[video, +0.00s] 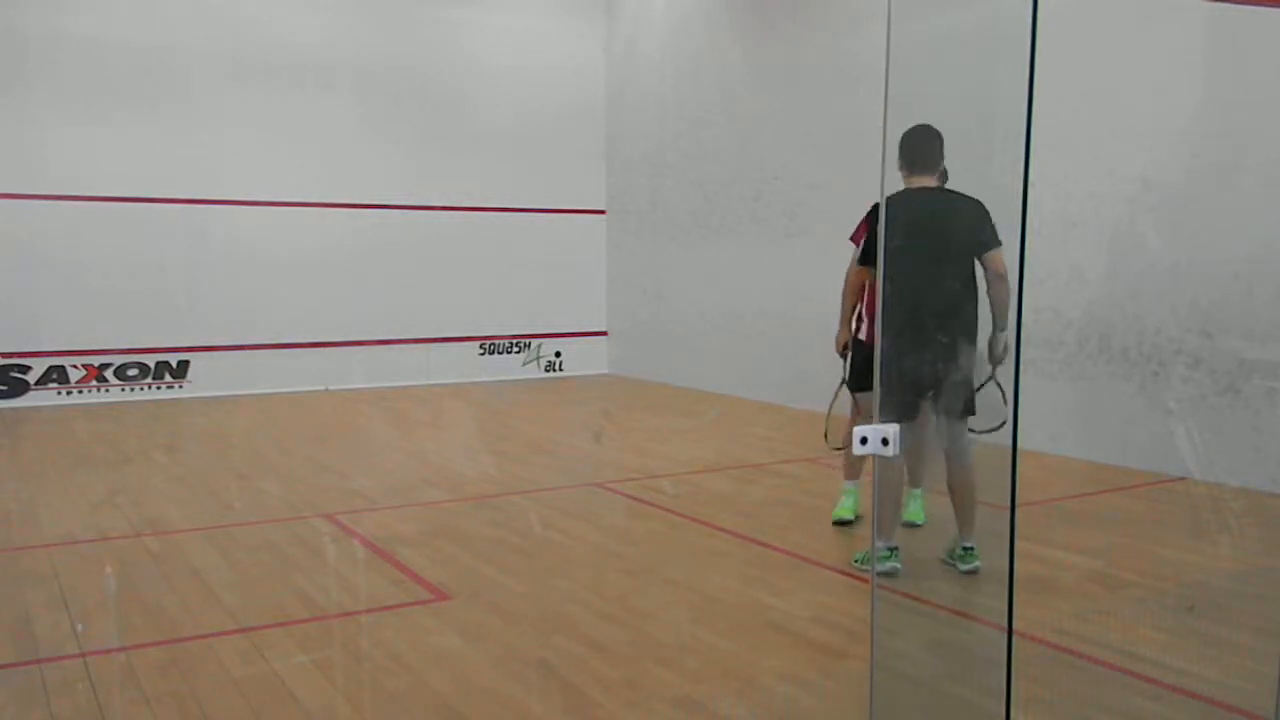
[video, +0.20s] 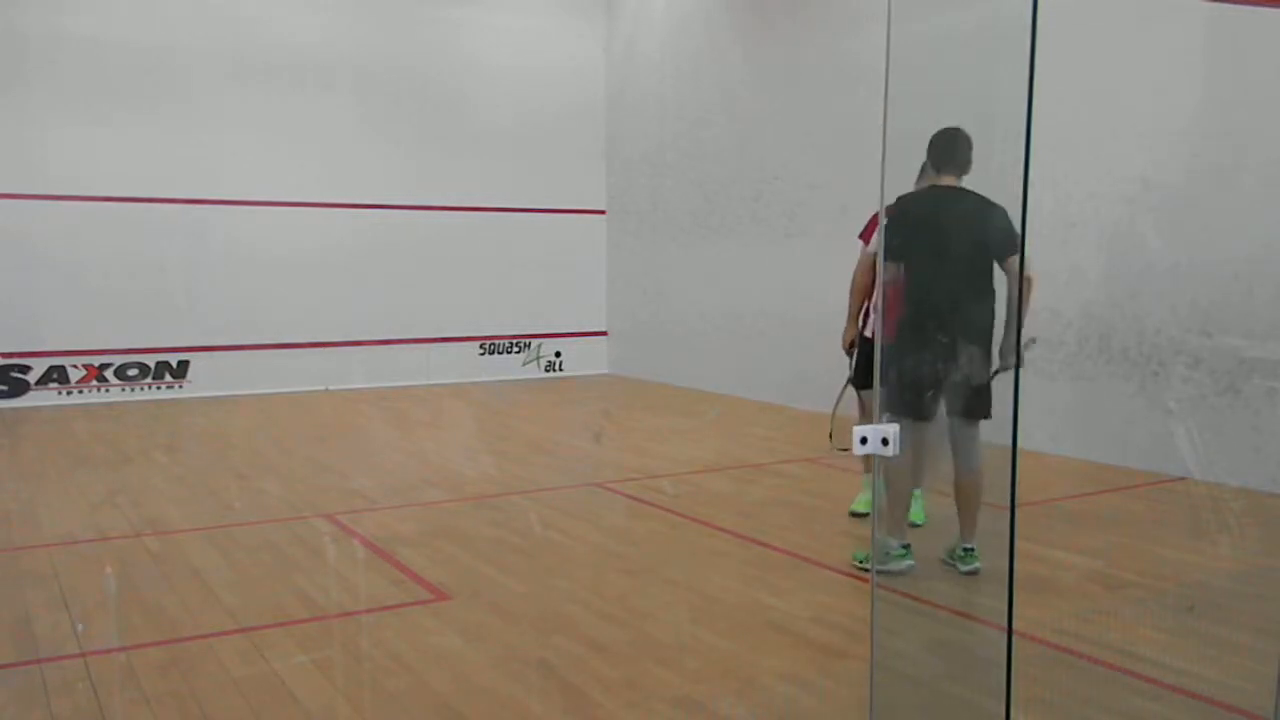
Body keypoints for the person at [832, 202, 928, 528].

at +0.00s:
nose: (922, 192)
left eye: (929, 187)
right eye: (918, 186)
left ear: (939, 183)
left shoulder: (946, 224)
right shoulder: (881, 214)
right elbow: (858, 271)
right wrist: (844, 325)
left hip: (919, 338)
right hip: (872, 335)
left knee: (916, 419)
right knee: (861, 412)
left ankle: (914, 493)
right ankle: (850, 491)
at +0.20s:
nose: (929, 200)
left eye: (935, 194)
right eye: (925, 190)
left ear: (943, 194)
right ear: (915, 184)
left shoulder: (946, 232)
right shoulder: (886, 221)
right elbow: (864, 271)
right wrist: (853, 322)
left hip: (920, 338)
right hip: (877, 334)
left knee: (915, 416)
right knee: (868, 409)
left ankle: (913, 489)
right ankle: (870, 481)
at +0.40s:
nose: (938, 196)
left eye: (943, 189)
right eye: (934, 187)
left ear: (948, 191)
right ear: (922, 184)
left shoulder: (952, 229)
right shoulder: (892, 220)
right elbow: (864, 272)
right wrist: (853, 321)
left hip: (929, 339)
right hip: (887, 336)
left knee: (923, 417)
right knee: (881, 410)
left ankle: (911, 489)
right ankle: (900, 481)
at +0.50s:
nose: (931, 196)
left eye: (937, 191)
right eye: (927, 189)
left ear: (948, 194)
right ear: (919, 188)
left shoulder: (953, 231)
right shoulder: (891, 223)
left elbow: (962, 286)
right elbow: (864, 274)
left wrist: (954, 333)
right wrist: (852, 322)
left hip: (929, 339)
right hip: (887, 337)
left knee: (924, 417)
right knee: (882, 411)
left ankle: (916, 489)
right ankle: (898, 478)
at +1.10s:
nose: (938, 204)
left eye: (944, 197)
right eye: (933, 196)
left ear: (954, 199)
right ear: (923, 196)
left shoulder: (960, 233)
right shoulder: (900, 227)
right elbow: (872, 264)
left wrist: (960, 300)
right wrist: (878, 294)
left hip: (943, 338)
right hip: (903, 334)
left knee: (925, 416)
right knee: (901, 412)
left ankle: (912, 478)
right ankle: (899, 478)